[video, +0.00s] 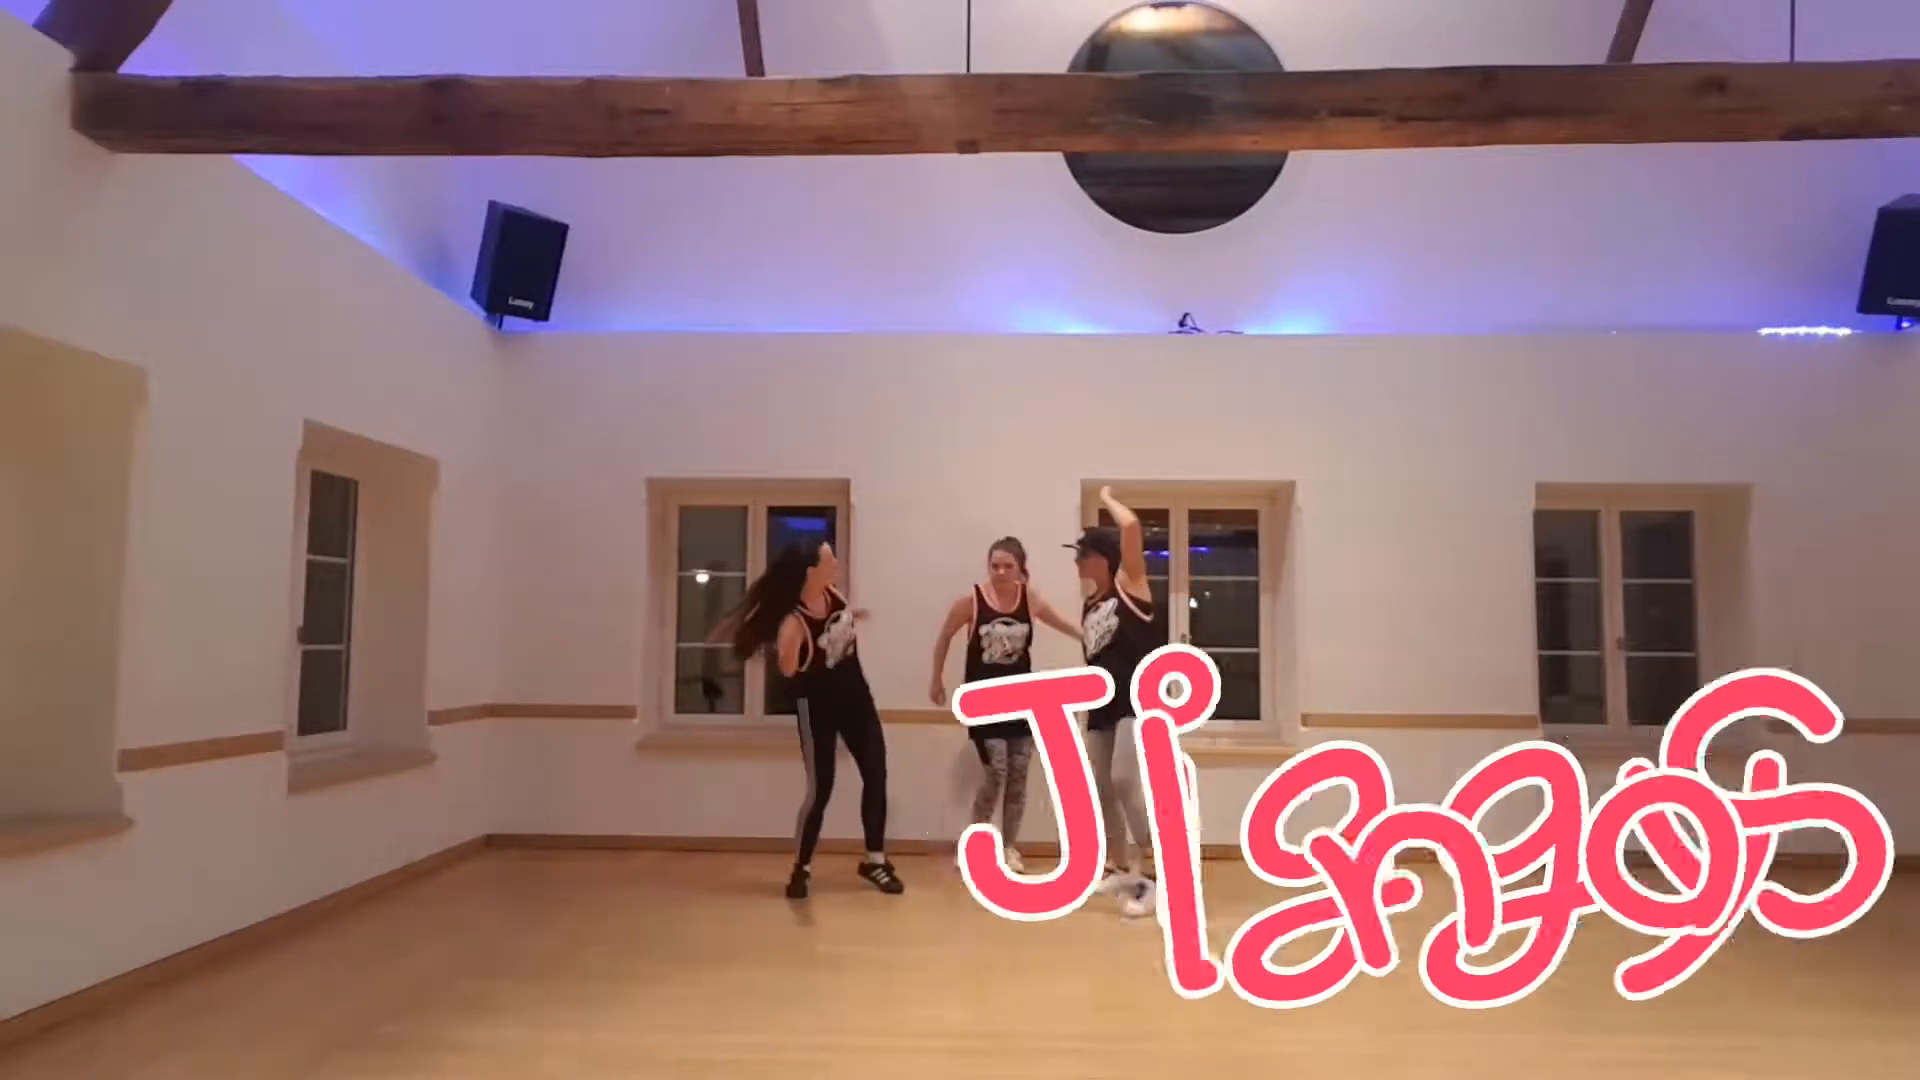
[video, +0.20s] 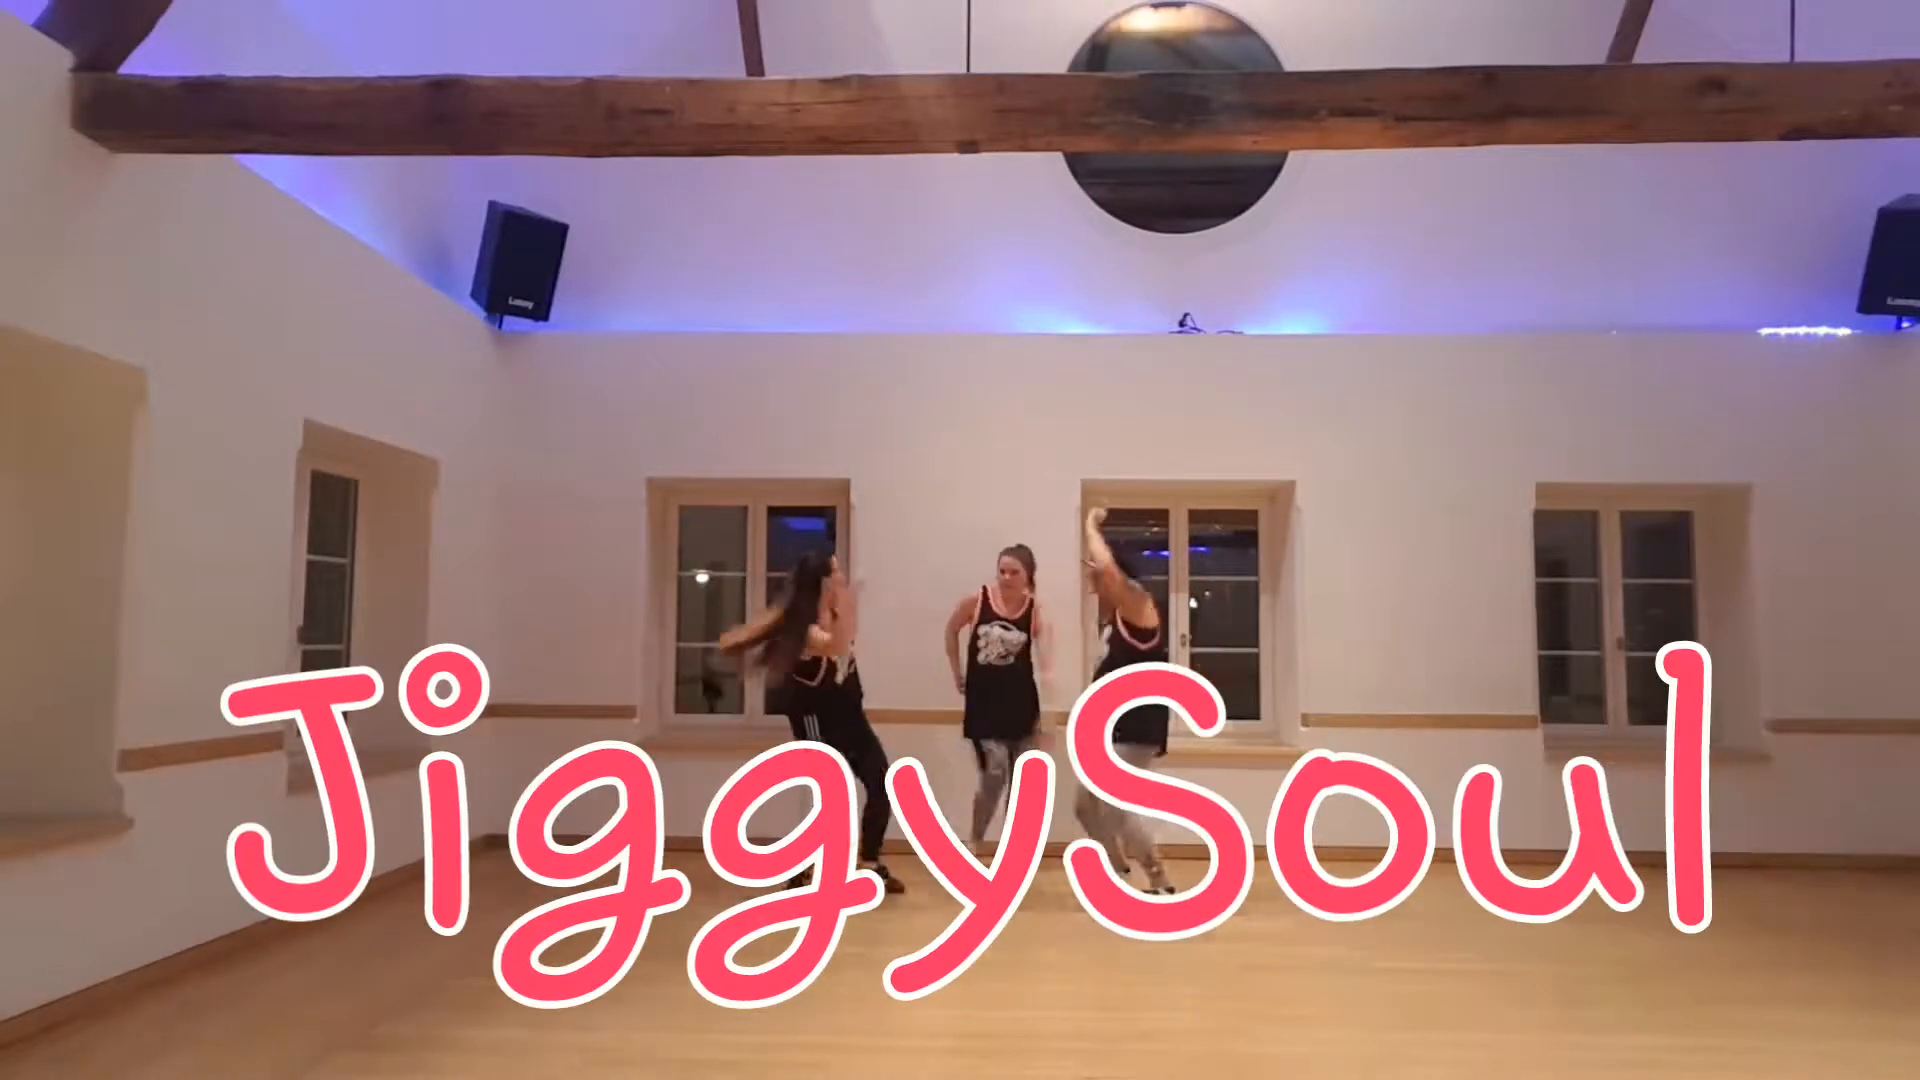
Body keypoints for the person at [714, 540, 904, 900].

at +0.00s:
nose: (835, 559)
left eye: (830, 553)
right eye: (829, 556)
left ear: (815, 571)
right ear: (812, 571)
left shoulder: (831, 594)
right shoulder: (794, 623)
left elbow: (839, 619)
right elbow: (788, 673)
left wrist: (852, 619)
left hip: (854, 695)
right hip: (817, 704)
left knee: (876, 775)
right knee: (820, 787)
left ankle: (875, 860)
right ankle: (801, 868)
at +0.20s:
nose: (840, 581)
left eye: (839, 574)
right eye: (835, 575)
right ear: (820, 583)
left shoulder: (828, 619)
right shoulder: (798, 629)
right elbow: (839, 648)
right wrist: (845, 600)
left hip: (847, 717)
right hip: (820, 721)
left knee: (882, 784)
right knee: (829, 793)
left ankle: (870, 860)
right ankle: (802, 868)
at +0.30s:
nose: (845, 571)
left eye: (843, 564)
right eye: (839, 564)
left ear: (830, 570)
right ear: (824, 571)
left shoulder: (832, 608)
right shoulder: (810, 610)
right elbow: (860, 627)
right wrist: (893, 596)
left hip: (844, 708)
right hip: (816, 711)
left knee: (878, 781)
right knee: (830, 790)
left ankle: (870, 860)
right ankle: (804, 870)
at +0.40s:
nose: (847, 558)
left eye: (844, 551)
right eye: (843, 551)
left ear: (826, 554)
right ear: (832, 555)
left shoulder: (833, 593)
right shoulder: (815, 594)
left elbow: (877, 608)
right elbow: (872, 609)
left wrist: (925, 609)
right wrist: (925, 607)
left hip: (842, 695)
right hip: (816, 696)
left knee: (874, 773)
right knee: (825, 778)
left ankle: (873, 859)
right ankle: (805, 863)